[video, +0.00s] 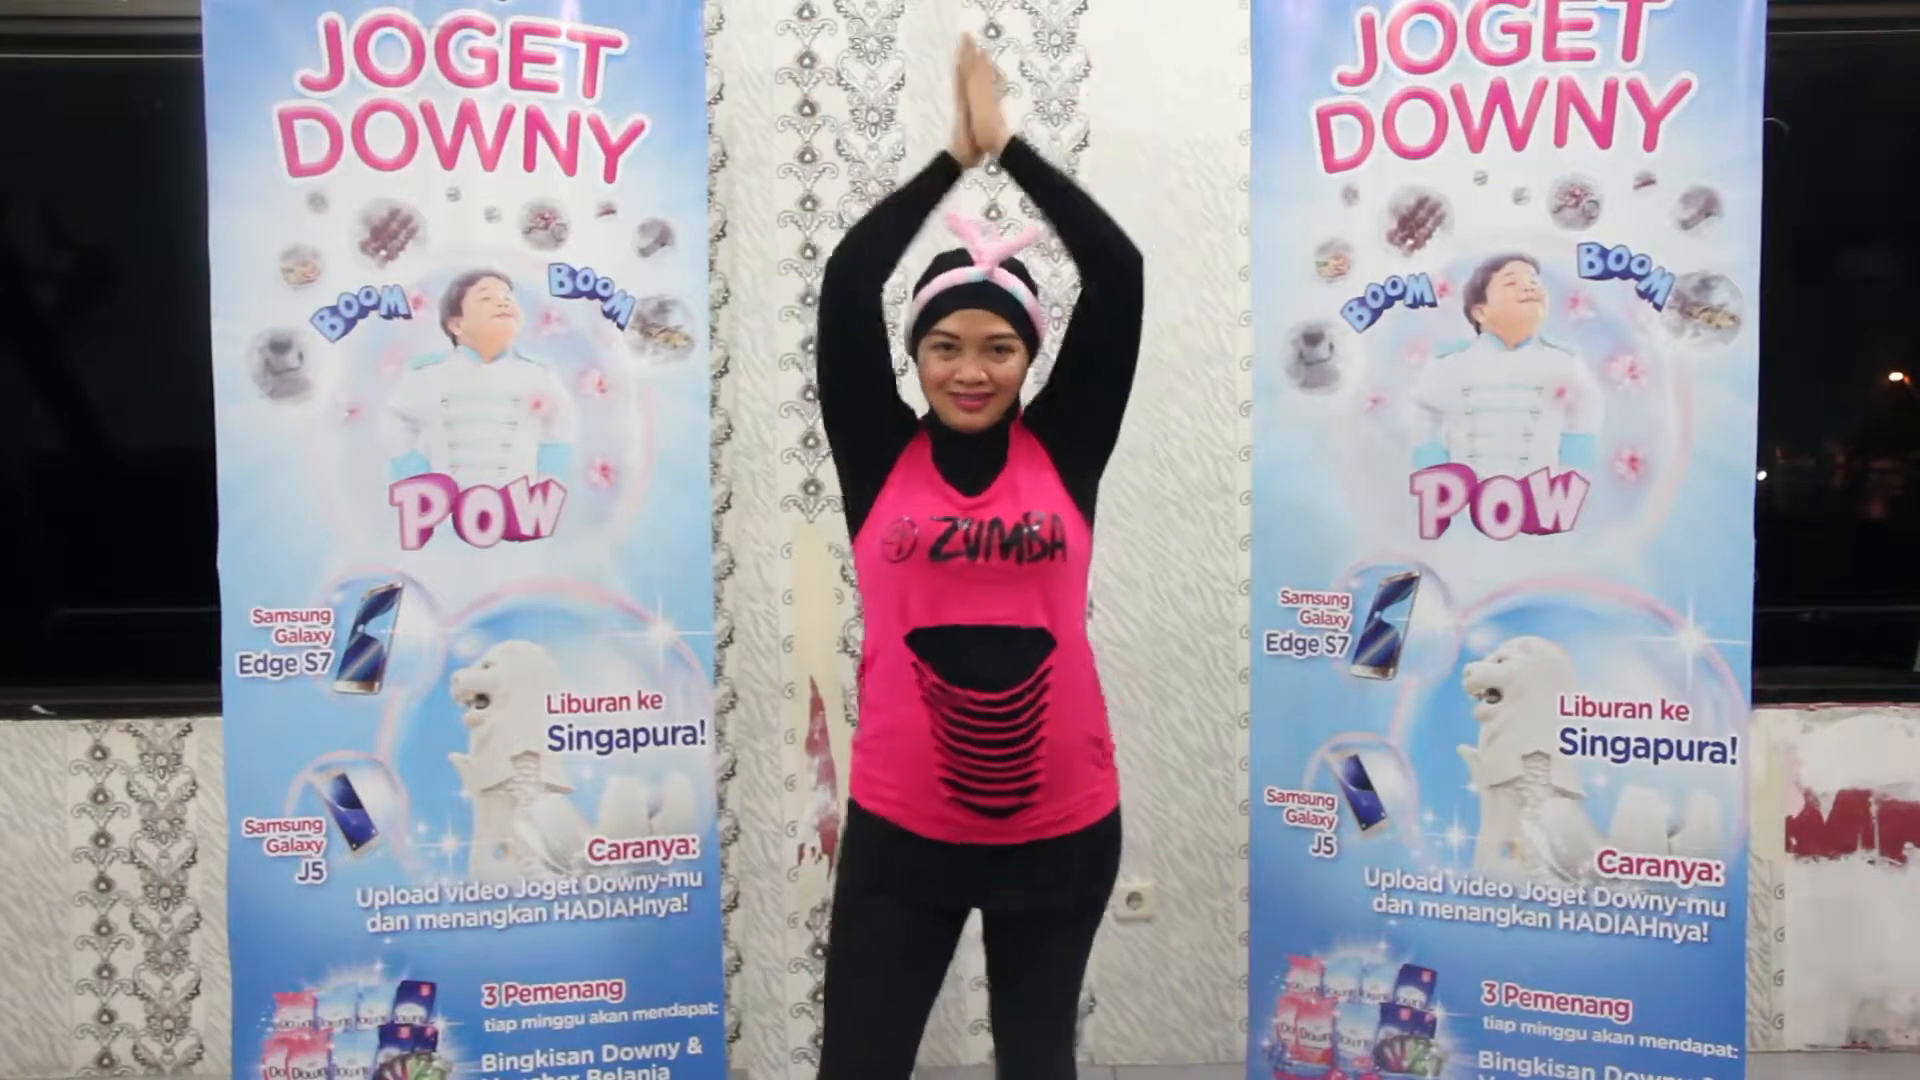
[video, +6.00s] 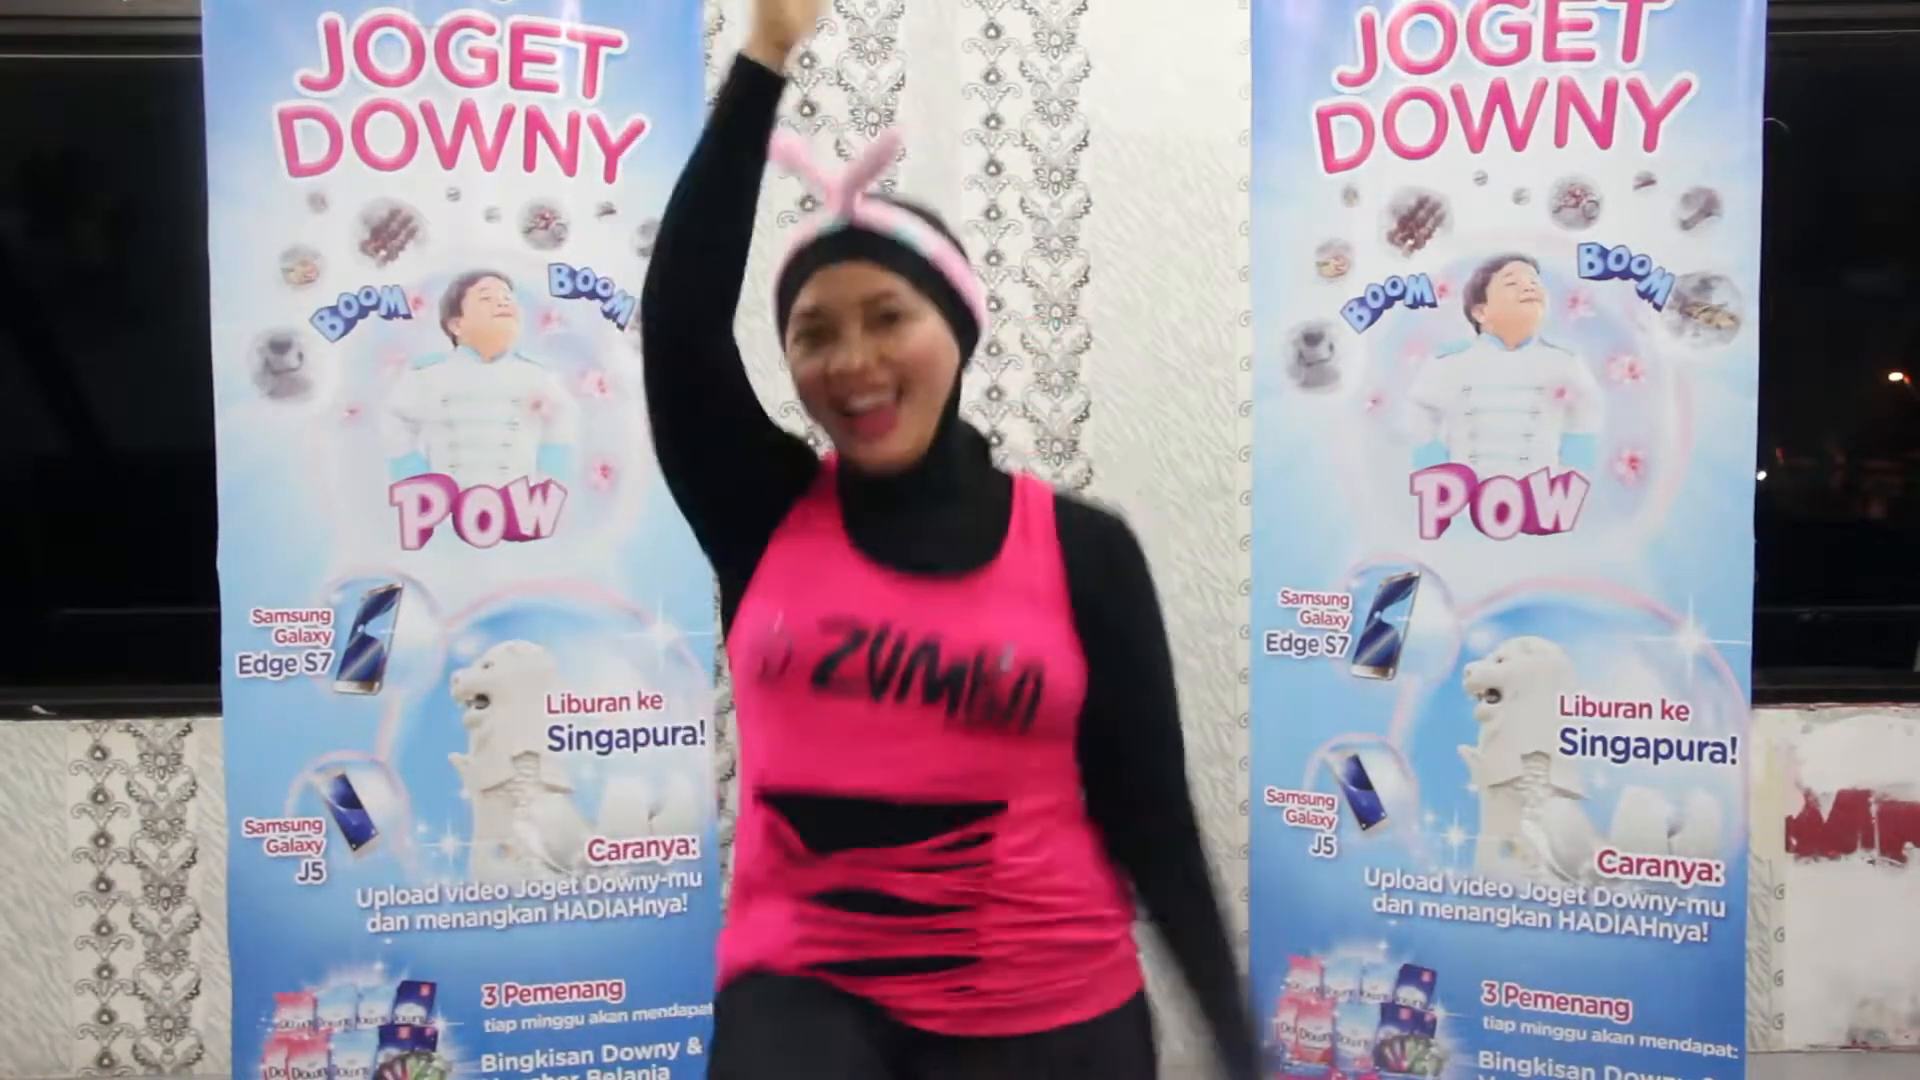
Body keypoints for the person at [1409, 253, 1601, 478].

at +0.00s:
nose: (1528, 286)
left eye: (1534, 281)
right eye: (1510, 282)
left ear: (1545, 299)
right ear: (1479, 311)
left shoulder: (1564, 364)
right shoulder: (1446, 366)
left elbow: (1581, 432)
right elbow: (1419, 419)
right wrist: (1434, 480)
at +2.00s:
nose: (1528, 286)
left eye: (1534, 281)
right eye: (1510, 283)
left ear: (1545, 300)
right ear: (1479, 311)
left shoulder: (1564, 363)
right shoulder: (1445, 366)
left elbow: (1583, 425)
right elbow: (1417, 420)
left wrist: (1567, 487)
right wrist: (1435, 479)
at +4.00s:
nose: (1529, 287)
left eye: (1535, 281)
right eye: (1511, 283)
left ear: (1545, 298)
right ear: (1479, 312)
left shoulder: (1565, 363)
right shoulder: (1447, 365)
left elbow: (1584, 425)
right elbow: (1414, 417)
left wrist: (1565, 488)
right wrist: (1436, 477)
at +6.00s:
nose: (1529, 287)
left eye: (1534, 281)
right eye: (1510, 283)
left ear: (1545, 300)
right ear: (1479, 311)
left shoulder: (1565, 365)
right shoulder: (1445, 367)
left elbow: (1583, 435)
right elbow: (1417, 425)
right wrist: (1437, 483)